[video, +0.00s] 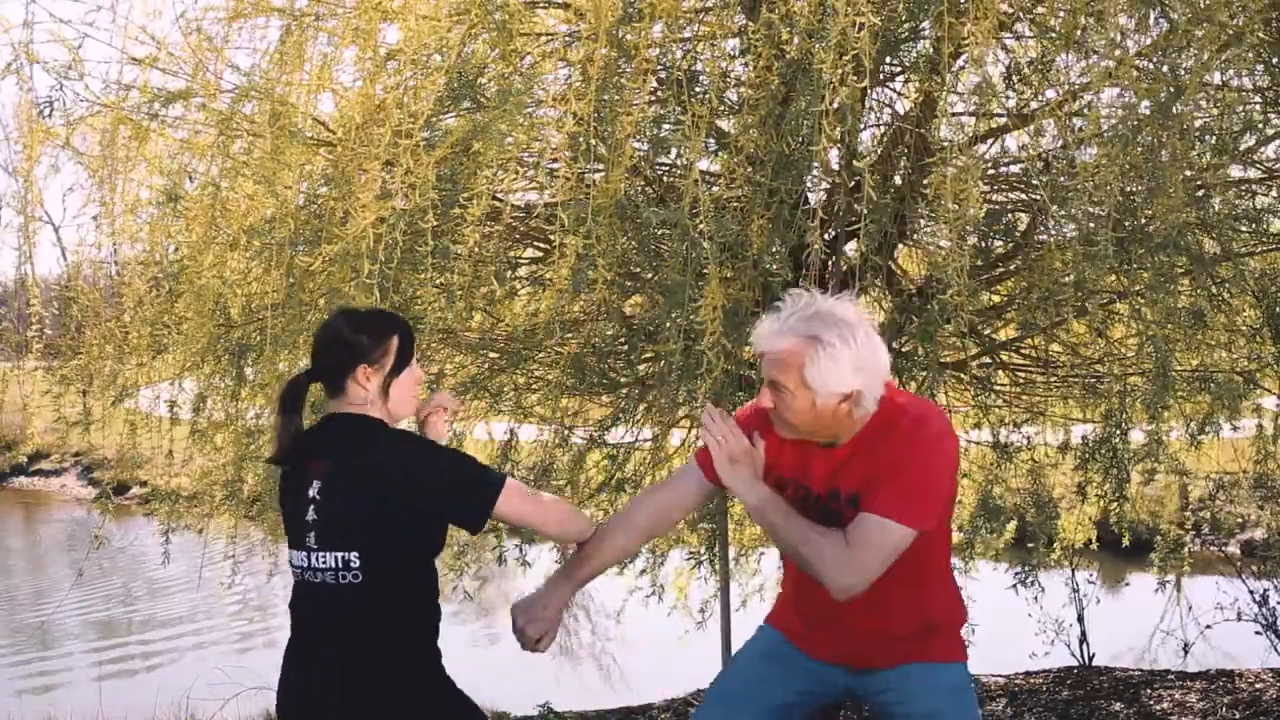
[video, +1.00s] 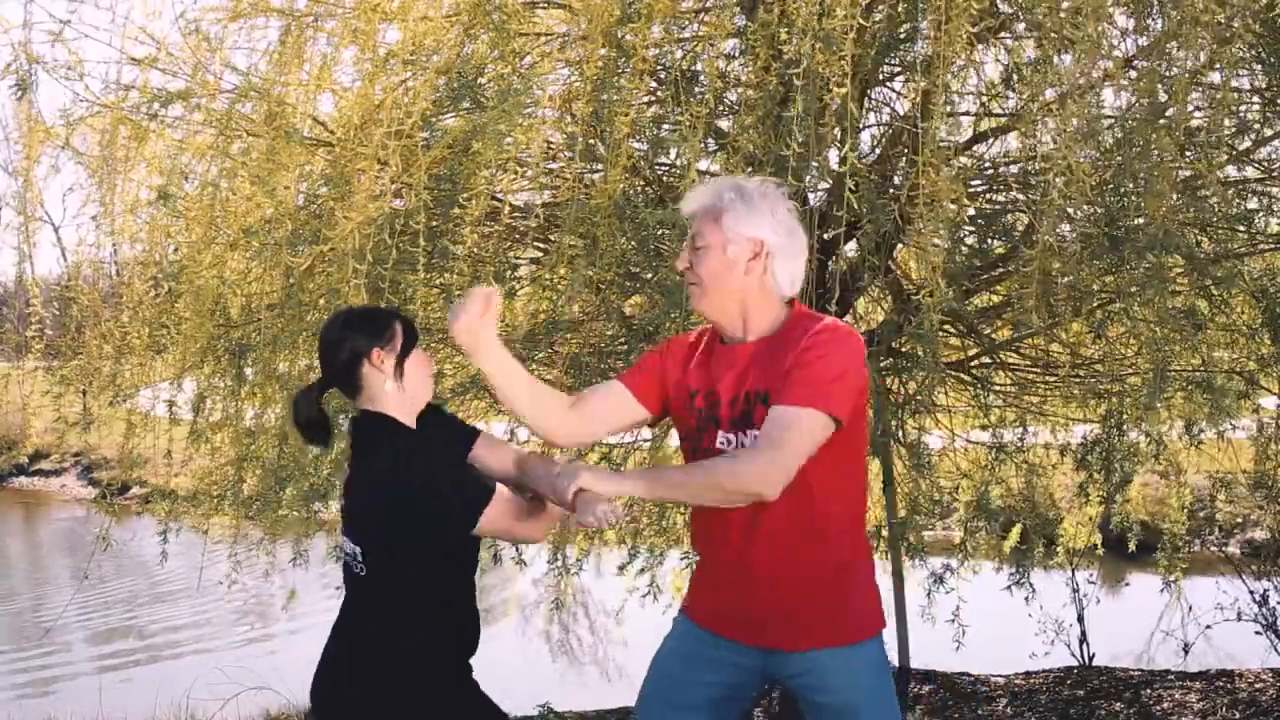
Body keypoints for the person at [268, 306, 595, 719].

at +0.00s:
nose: (421, 374)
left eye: (415, 362)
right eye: (409, 363)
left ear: (359, 378)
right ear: (366, 377)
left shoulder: (300, 455)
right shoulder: (415, 461)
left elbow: (371, 515)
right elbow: (541, 512)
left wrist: (426, 446)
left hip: (306, 695)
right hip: (402, 695)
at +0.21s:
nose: (422, 386)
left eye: (416, 374)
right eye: (411, 375)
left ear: (362, 388)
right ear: (365, 389)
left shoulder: (303, 465)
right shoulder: (409, 469)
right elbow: (537, 534)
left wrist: (411, 454)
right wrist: (603, 557)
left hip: (300, 699)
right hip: (393, 699)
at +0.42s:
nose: (435, 375)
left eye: (428, 364)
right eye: (422, 366)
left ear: (376, 391)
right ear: (383, 389)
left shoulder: (344, 463)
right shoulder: (433, 468)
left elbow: (446, 535)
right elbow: (548, 551)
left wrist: (467, 447)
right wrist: (617, 592)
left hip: (323, 695)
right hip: (412, 699)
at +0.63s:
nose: (436, 367)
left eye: (429, 354)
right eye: (425, 355)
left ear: (383, 376)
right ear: (390, 373)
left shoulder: (364, 449)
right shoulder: (440, 463)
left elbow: (503, 465)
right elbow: (556, 552)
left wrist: (559, 395)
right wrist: (591, 557)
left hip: (345, 695)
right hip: (432, 698)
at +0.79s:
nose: (434, 362)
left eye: (428, 348)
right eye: (423, 349)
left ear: (381, 369)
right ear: (386, 367)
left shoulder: (360, 444)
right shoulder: (442, 459)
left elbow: (503, 462)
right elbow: (555, 531)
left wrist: (562, 392)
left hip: (347, 688)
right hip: (431, 691)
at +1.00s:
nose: (430, 360)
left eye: (423, 346)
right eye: (419, 347)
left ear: (379, 360)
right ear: (381, 359)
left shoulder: (415, 419)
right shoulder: (408, 465)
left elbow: (516, 464)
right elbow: (530, 522)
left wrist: (574, 492)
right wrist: (568, 497)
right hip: (418, 693)